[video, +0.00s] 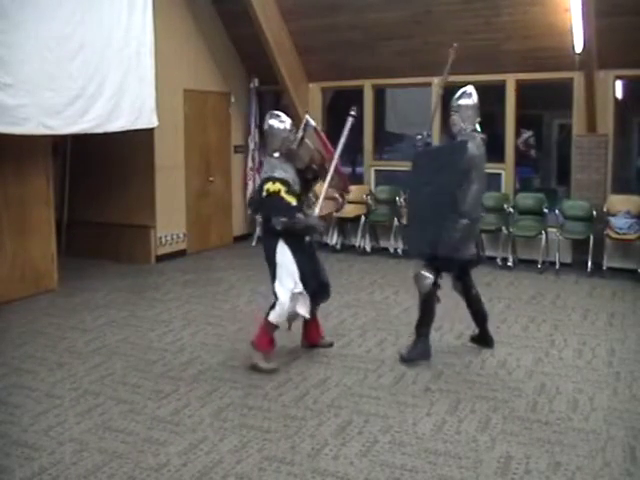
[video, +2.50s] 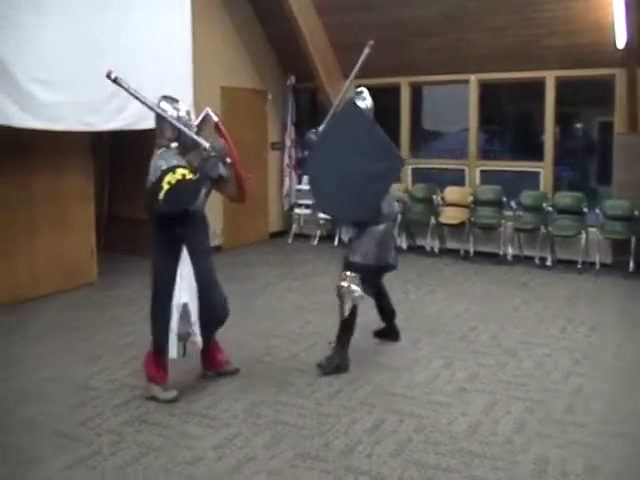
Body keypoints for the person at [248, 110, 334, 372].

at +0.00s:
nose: (310, 158)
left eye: (312, 154)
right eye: (306, 152)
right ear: (291, 150)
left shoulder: (293, 172)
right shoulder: (276, 176)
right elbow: (279, 216)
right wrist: (309, 223)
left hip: (297, 234)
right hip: (279, 237)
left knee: (313, 284)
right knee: (288, 289)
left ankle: (311, 333)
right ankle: (261, 343)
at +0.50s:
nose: (252, 135)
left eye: (252, 130)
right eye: (248, 130)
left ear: (238, 136)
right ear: (239, 135)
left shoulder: (244, 162)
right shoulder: (234, 171)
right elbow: (246, 211)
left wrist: (274, 196)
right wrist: (273, 202)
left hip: (241, 240)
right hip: (248, 244)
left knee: (239, 294)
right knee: (257, 294)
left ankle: (213, 336)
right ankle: (256, 353)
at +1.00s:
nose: (198, 128)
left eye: (195, 122)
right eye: (193, 123)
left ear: (176, 131)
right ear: (182, 129)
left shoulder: (184, 163)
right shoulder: (179, 169)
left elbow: (201, 192)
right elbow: (189, 210)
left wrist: (213, 193)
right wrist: (220, 203)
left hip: (178, 245)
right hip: (190, 246)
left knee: (174, 300)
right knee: (210, 296)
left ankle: (167, 364)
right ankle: (217, 359)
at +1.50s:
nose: (167, 127)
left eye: (165, 122)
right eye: (161, 123)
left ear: (154, 128)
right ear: (148, 129)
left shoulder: (158, 160)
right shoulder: (142, 167)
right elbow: (152, 211)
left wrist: (188, 186)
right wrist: (182, 199)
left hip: (169, 245)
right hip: (148, 248)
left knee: (172, 302)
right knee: (138, 307)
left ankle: (166, 360)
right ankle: (121, 371)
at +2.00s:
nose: (170, 130)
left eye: (169, 124)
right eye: (164, 124)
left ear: (168, 131)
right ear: (155, 131)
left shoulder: (173, 159)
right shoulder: (149, 162)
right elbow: (159, 207)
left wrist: (205, 171)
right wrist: (188, 184)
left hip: (181, 242)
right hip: (157, 244)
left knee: (189, 300)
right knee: (155, 303)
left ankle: (187, 361)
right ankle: (132, 366)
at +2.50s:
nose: (178, 132)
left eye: (181, 126)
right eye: (172, 128)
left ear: (189, 132)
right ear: (166, 135)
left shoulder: (203, 158)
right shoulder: (164, 157)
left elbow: (234, 191)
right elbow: (171, 190)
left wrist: (221, 165)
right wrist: (196, 162)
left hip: (195, 225)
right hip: (165, 229)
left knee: (213, 300)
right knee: (163, 294)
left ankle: (210, 346)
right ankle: (158, 357)